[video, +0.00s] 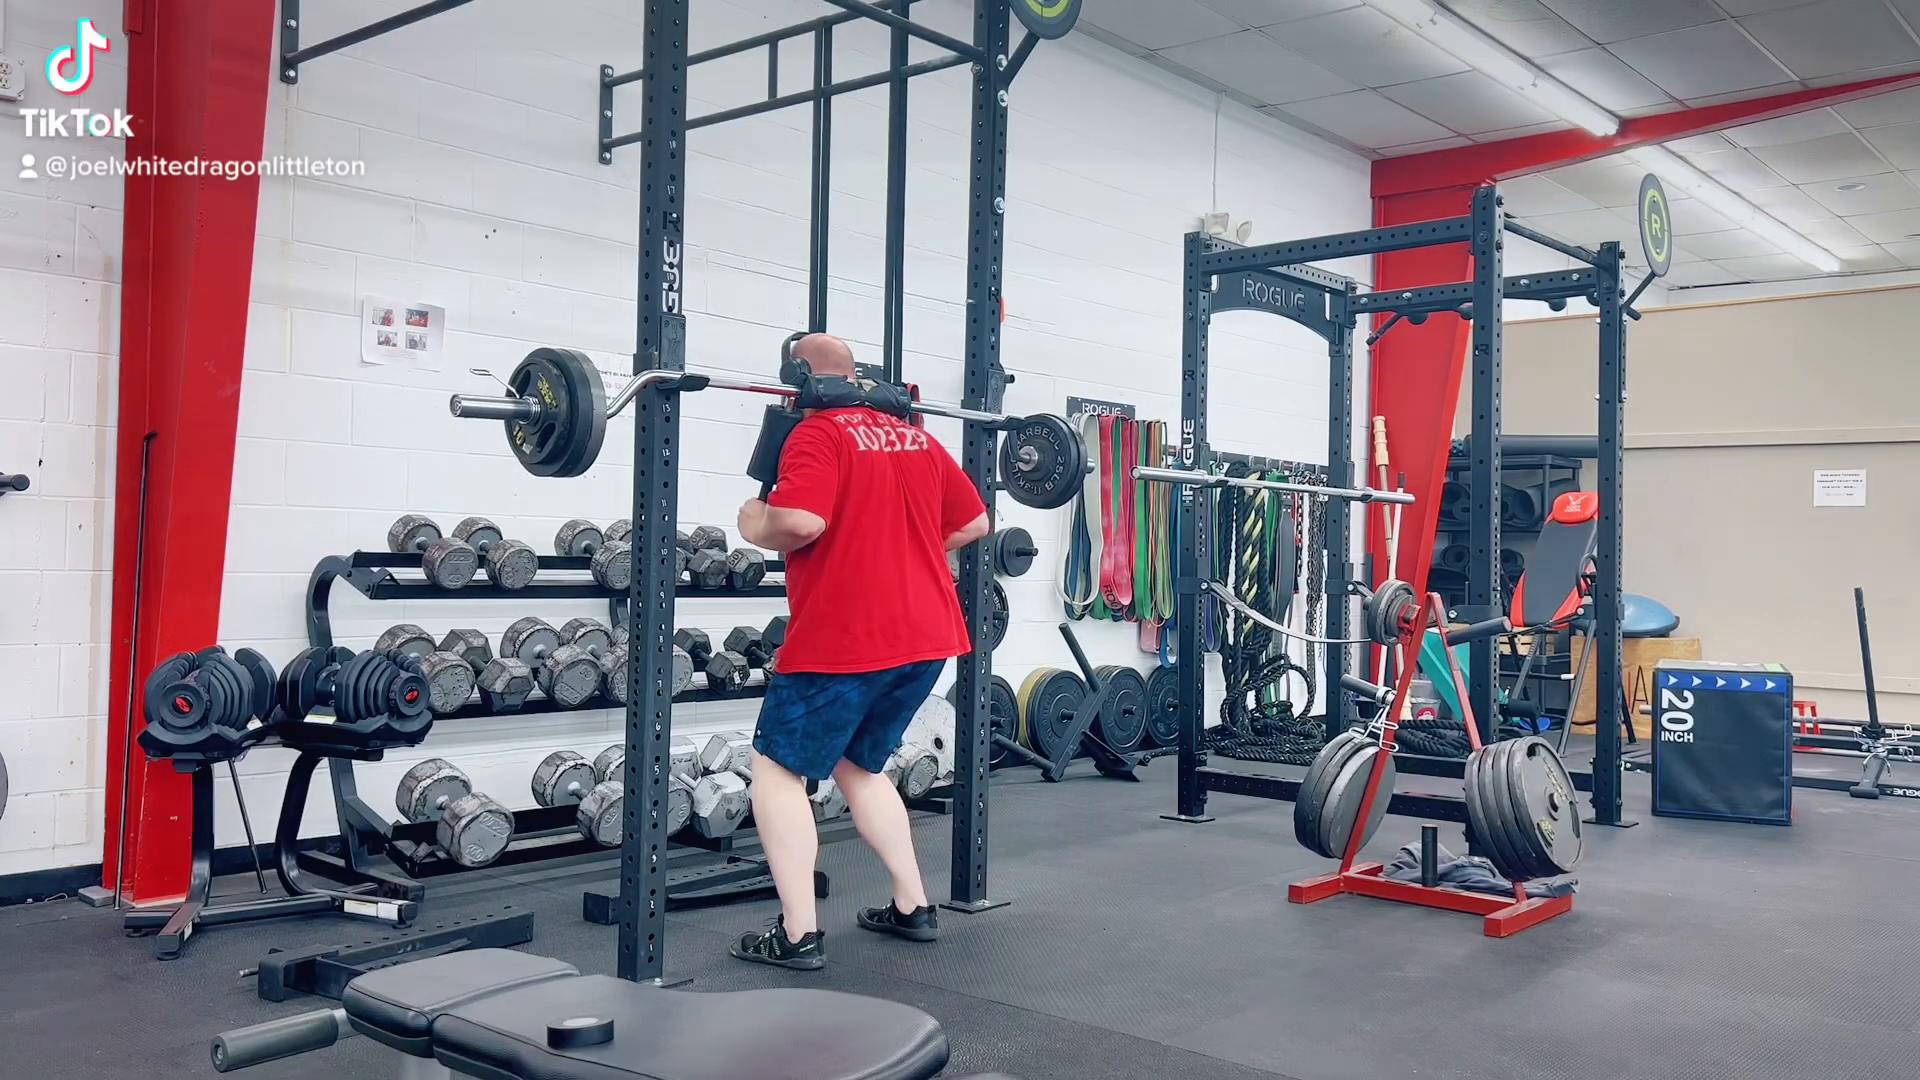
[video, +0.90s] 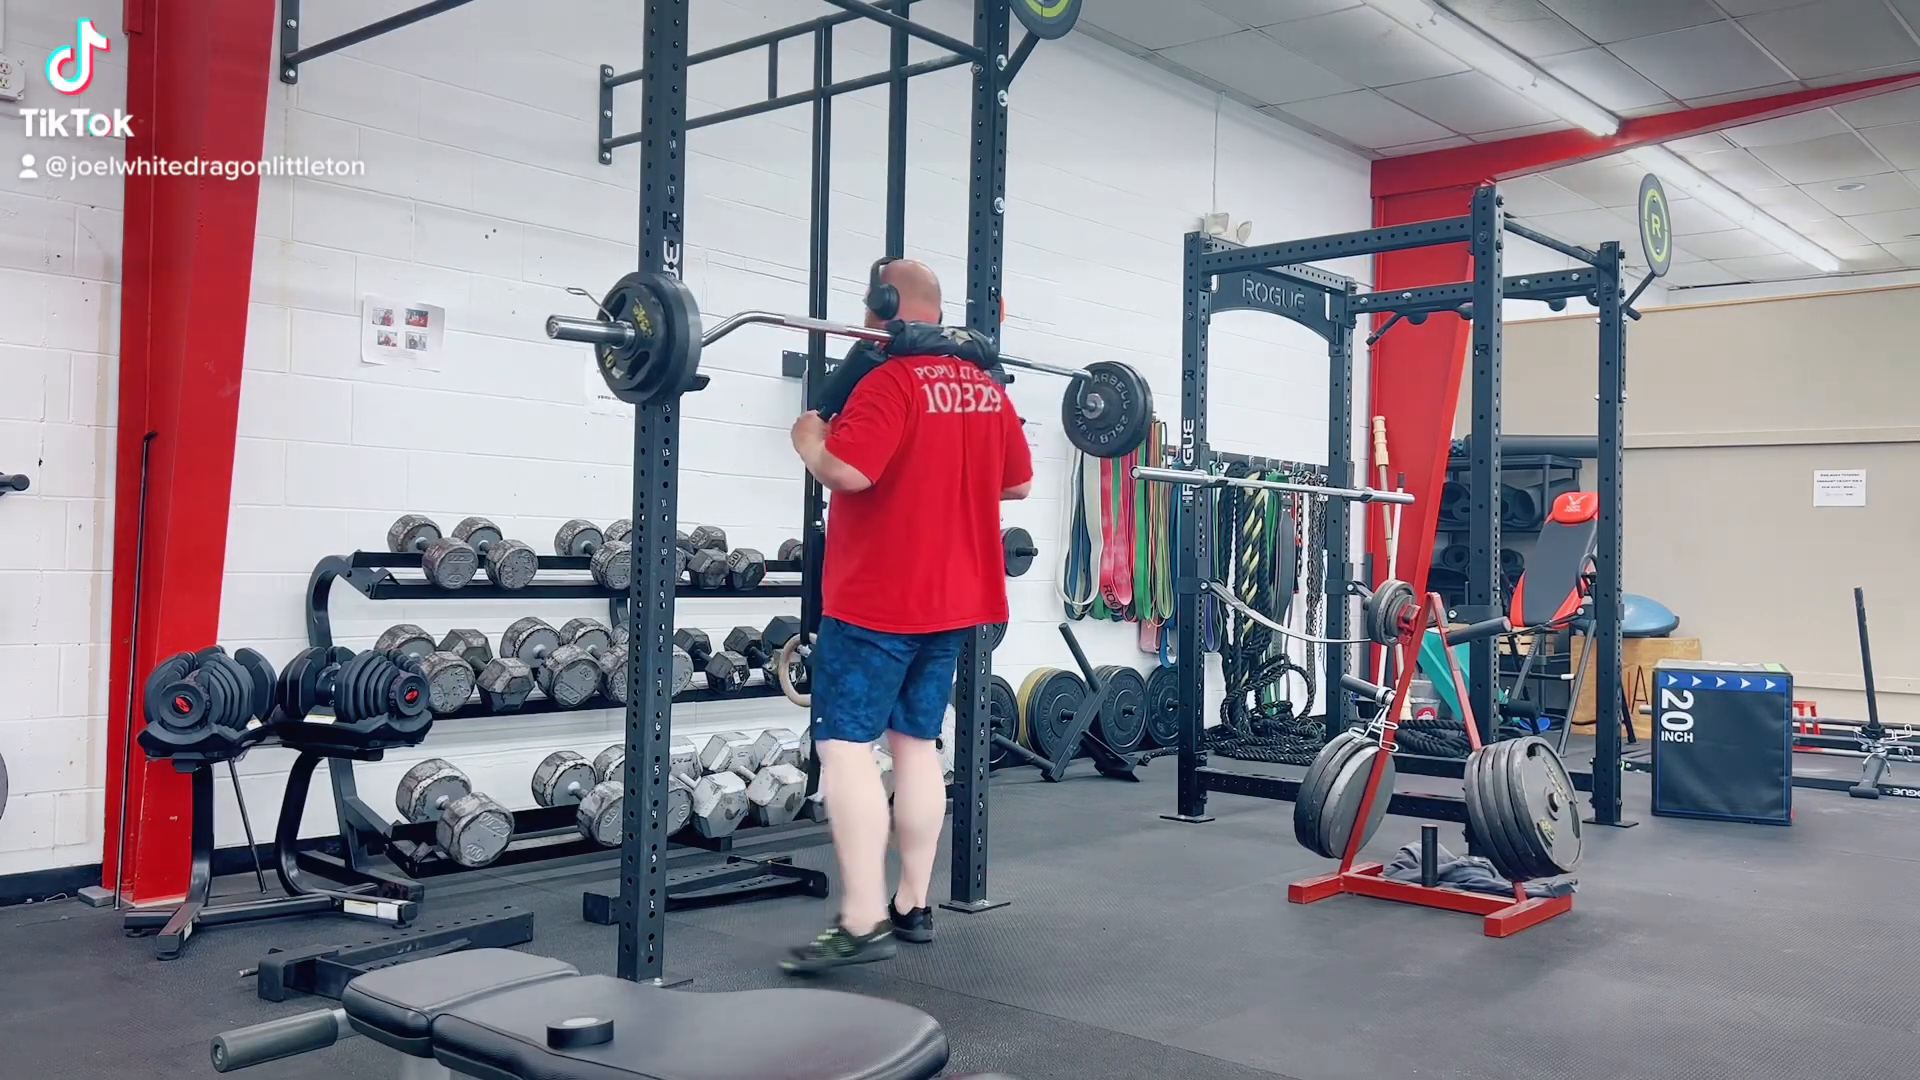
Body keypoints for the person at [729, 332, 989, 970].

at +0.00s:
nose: (786, 394)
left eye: (786, 381)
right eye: (788, 380)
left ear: (799, 383)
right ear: (854, 375)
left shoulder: (818, 432)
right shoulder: (912, 433)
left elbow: (802, 521)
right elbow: (973, 521)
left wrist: (756, 522)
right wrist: (909, 545)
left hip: (846, 631)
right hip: (928, 632)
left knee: (777, 765)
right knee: (859, 763)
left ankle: (800, 933)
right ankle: (913, 906)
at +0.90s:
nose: (867, 323)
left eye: (868, 314)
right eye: (870, 313)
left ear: (883, 316)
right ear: (939, 312)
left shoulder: (890, 378)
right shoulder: (985, 382)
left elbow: (850, 472)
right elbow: (1017, 480)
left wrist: (810, 441)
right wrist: (944, 486)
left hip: (877, 596)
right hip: (954, 599)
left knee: (844, 744)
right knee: (917, 738)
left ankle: (863, 921)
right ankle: (914, 906)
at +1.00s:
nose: (887, 322)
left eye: (889, 312)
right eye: (891, 309)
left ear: (905, 318)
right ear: (965, 317)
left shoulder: (914, 383)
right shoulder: (1009, 390)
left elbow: (872, 477)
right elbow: (1041, 487)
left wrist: (830, 444)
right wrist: (967, 480)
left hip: (907, 605)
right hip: (977, 603)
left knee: (894, 759)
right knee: (931, 756)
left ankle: (962, 924)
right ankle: (912, 901)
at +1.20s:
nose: (934, 317)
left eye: (936, 304)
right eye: (935, 304)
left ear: (957, 301)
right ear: (1010, 296)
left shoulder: (975, 365)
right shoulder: (1073, 377)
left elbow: (939, 459)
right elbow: (1112, 482)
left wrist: (890, 445)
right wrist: (1034, 489)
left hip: (974, 602)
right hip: (1045, 602)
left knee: (964, 768)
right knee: (997, 752)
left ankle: (987, 971)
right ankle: (1030, 920)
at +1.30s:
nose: (972, 310)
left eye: (975, 297)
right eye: (974, 297)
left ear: (998, 294)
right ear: (1050, 291)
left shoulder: (1014, 361)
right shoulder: (1112, 374)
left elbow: (974, 460)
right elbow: (1148, 483)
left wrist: (919, 433)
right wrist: (1067, 494)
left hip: (1003, 607)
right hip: (1085, 607)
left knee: (984, 775)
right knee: (1067, 763)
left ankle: (989, 971)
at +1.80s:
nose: (1051, 296)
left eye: (1053, 283)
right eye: (1051, 284)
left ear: (1075, 277)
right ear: (1133, 270)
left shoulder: (1097, 341)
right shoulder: (1207, 353)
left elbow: (1064, 444)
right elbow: (1242, 467)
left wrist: (1001, 428)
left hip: (1115, 604)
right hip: (1200, 600)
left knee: (1113, 797)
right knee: (1174, 778)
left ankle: (1109, 1013)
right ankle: (1186, 960)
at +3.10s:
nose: (1078, 358)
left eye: (1083, 345)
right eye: (1082, 344)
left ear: (1103, 352)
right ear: (1167, 352)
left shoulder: (1112, 429)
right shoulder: (1223, 430)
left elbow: (1015, 526)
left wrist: (994, 471)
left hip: (1142, 667)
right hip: (1243, 669)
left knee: (1034, 799)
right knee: (1176, 792)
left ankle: (1091, 1007)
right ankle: (1215, 974)